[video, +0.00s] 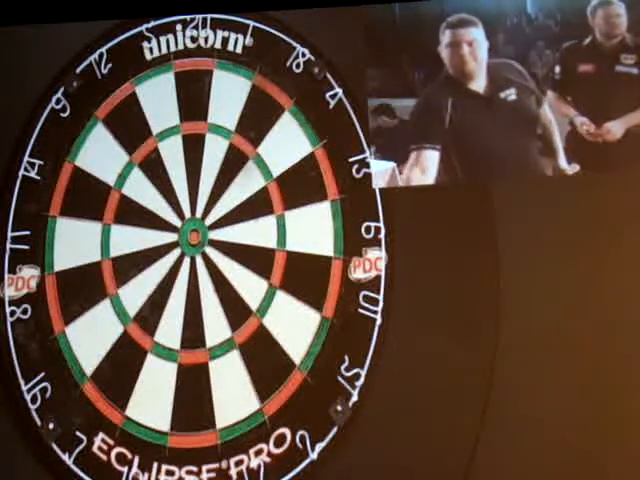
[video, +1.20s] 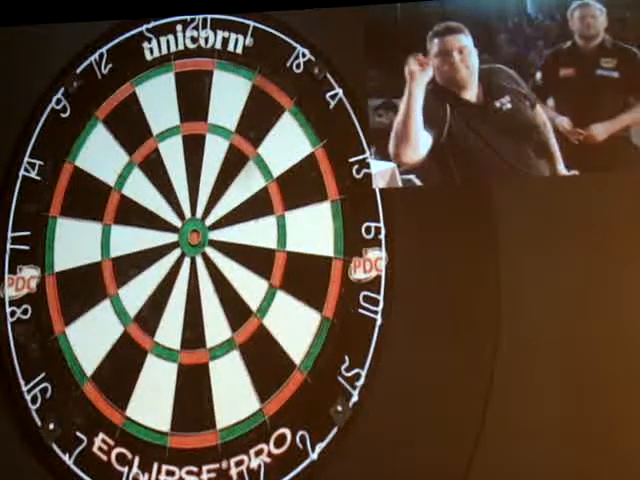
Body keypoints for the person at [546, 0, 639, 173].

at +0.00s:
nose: (613, 22)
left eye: (618, 16)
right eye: (607, 17)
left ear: (627, 19)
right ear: (592, 21)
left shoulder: (636, 52)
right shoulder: (571, 53)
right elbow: (553, 96)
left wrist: (622, 124)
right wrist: (576, 118)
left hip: (627, 163)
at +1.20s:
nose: (588, 22)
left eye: (593, 17)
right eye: (581, 17)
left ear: (605, 21)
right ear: (570, 23)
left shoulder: (628, 57)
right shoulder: (555, 59)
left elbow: (637, 107)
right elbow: (534, 99)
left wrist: (607, 128)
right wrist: (556, 120)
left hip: (615, 154)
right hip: (567, 155)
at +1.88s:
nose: (559, 24)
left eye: (565, 19)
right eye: (553, 19)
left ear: (578, 24)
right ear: (544, 25)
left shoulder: (598, 60)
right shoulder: (524, 60)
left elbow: (619, 105)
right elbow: (511, 103)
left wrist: (575, 125)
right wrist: (539, 126)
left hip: (586, 154)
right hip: (537, 153)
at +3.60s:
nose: (574, 34)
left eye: (581, 28)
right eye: (573, 28)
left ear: (605, 26)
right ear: (570, 28)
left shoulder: (632, 61)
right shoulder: (567, 61)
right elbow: (530, 90)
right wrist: (554, 54)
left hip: (622, 164)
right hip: (577, 163)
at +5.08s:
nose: (597, 31)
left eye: (604, 25)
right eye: (592, 25)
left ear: (622, 26)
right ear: (585, 28)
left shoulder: (635, 63)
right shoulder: (569, 62)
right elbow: (546, 105)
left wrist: (622, 150)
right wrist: (560, 145)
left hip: (624, 170)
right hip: (577, 167)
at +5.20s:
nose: (597, 30)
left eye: (603, 23)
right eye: (591, 24)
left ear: (622, 25)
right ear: (586, 28)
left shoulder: (635, 62)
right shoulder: (568, 61)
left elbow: (637, 127)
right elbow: (548, 102)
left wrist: (613, 143)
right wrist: (556, 130)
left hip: (624, 171)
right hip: (577, 170)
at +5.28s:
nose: (597, 29)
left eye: (604, 23)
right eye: (592, 24)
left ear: (622, 25)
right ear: (586, 28)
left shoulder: (634, 62)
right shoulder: (569, 61)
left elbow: (637, 125)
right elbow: (547, 101)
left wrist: (609, 140)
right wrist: (557, 123)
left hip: (624, 171)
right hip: (577, 169)